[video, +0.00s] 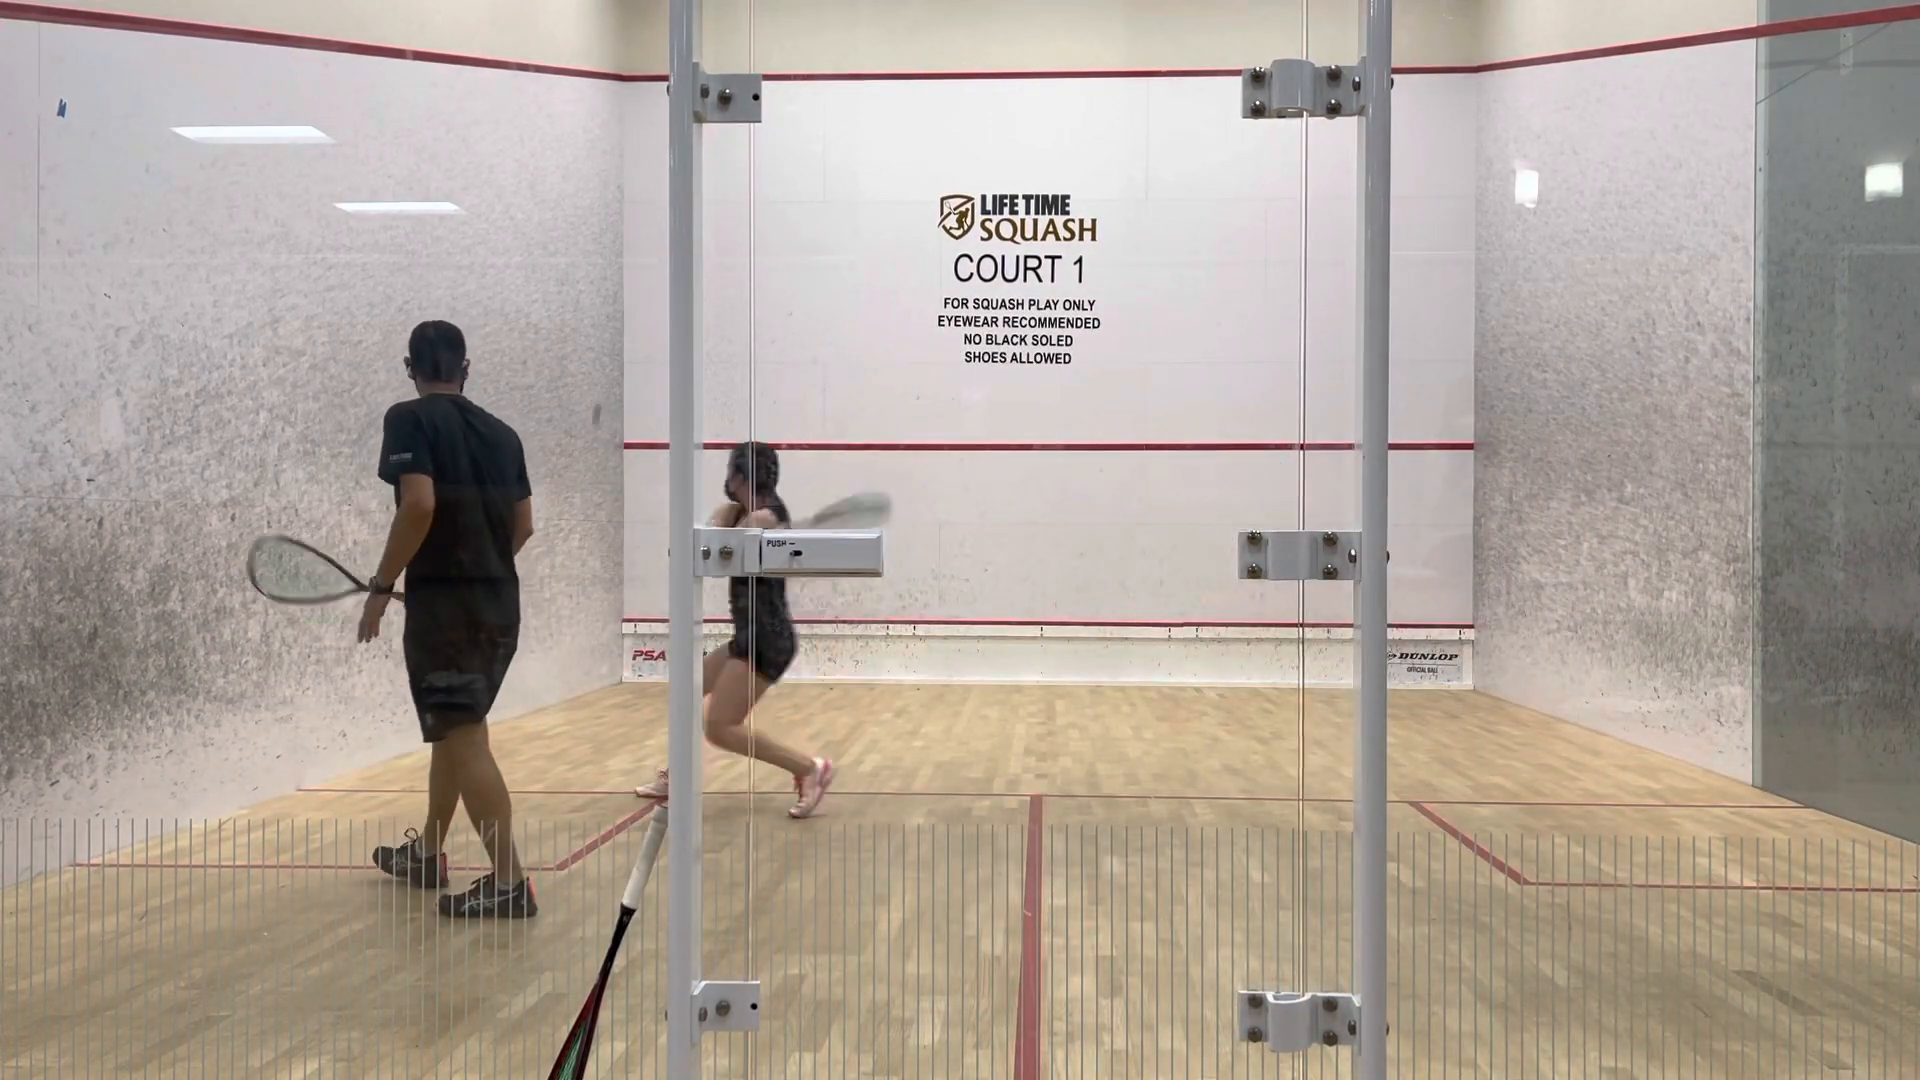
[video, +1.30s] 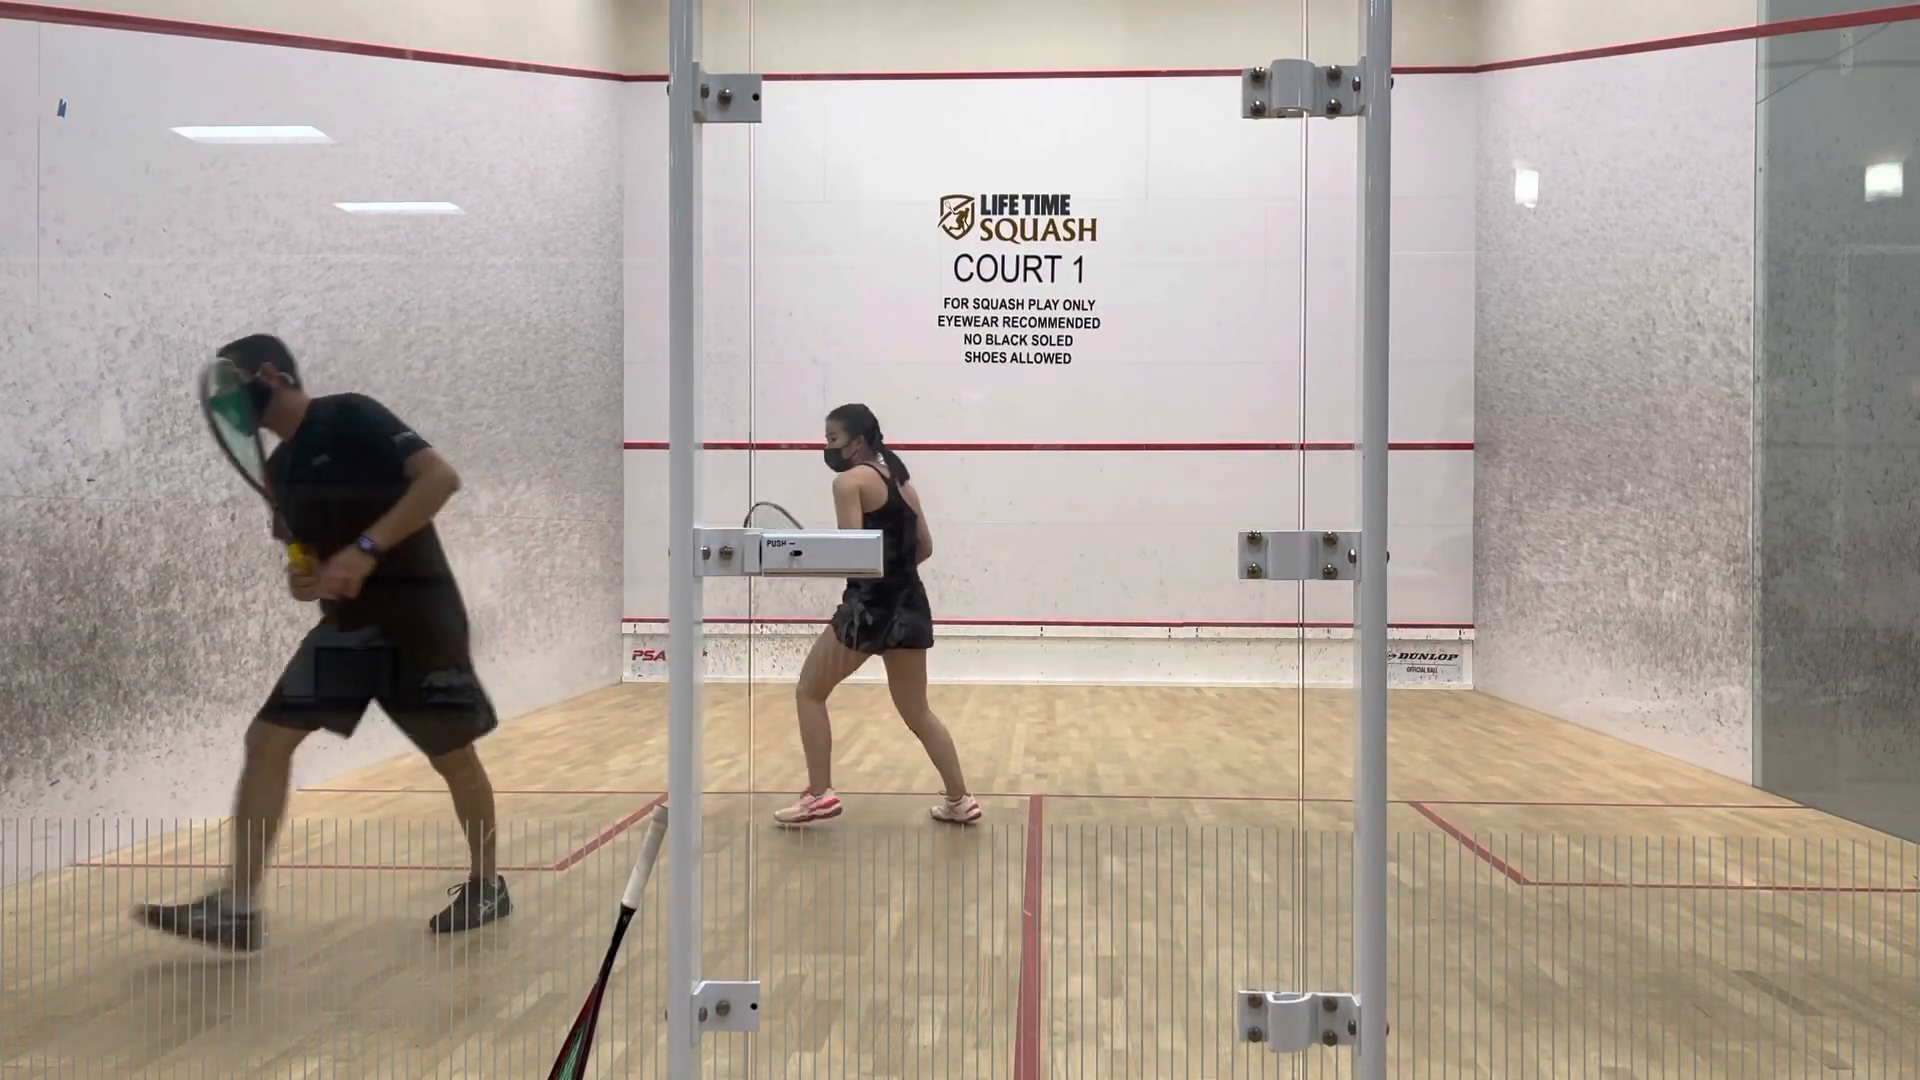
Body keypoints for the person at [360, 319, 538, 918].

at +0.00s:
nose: (426, 377)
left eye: (418, 368)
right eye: (453, 368)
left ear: (412, 370)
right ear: (466, 371)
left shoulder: (409, 417)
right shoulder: (501, 432)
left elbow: (419, 503)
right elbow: (522, 526)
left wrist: (381, 586)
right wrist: (468, 572)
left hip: (441, 605)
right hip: (499, 605)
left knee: (465, 739)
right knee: (454, 731)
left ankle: (508, 881)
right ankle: (429, 852)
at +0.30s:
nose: (390, 390)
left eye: (384, 382)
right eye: (428, 378)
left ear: (379, 381)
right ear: (432, 380)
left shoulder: (382, 423)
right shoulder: (468, 436)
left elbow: (372, 512)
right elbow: (465, 533)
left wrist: (333, 575)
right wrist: (387, 562)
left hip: (430, 605)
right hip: (481, 602)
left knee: (430, 734)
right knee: (429, 730)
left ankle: (500, 867)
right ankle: (421, 851)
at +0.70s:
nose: (345, 415)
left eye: (341, 407)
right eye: (349, 408)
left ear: (343, 406)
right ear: (394, 401)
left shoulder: (368, 434)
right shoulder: (415, 439)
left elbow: (413, 498)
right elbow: (418, 549)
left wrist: (375, 578)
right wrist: (349, 567)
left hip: (449, 602)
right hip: (473, 599)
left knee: (410, 742)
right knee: (428, 734)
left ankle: (487, 870)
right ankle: (428, 854)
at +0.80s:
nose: (338, 408)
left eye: (335, 399)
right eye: (341, 399)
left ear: (340, 400)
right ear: (391, 394)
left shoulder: (374, 433)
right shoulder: (406, 435)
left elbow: (435, 487)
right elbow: (419, 549)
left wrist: (444, 587)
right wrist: (361, 575)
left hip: (440, 607)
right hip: (458, 606)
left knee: (402, 744)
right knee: (433, 737)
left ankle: (485, 873)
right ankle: (428, 854)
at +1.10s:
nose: (292, 394)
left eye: (295, 380)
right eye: (289, 383)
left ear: (329, 370)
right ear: (325, 374)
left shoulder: (405, 412)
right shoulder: (342, 453)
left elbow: (482, 482)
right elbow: (369, 530)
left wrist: (465, 572)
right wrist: (359, 577)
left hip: (450, 604)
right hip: (395, 610)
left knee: (443, 747)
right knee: (358, 733)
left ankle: (488, 882)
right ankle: (414, 846)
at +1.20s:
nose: (263, 390)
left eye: (268, 377)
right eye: (259, 380)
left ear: (305, 366)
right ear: (299, 370)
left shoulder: (383, 407)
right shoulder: (310, 459)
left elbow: (464, 476)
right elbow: (341, 545)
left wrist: (417, 563)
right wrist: (333, 573)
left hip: (440, 603)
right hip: (373, 610)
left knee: (458, 743)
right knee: (310, 730)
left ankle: (489, 883)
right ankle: (352, 870)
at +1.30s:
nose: (233, 406)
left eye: (237, 390)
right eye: (227, 396)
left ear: (271, 375)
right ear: (260, 383)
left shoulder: (352, 415)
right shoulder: (279, 470)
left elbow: (440, 477)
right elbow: (299, 567)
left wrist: (366, 549)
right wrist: (305, 581)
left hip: (418, 616)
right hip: (347, 624)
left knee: (451, 750)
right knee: (268, 739)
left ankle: (486, 885)